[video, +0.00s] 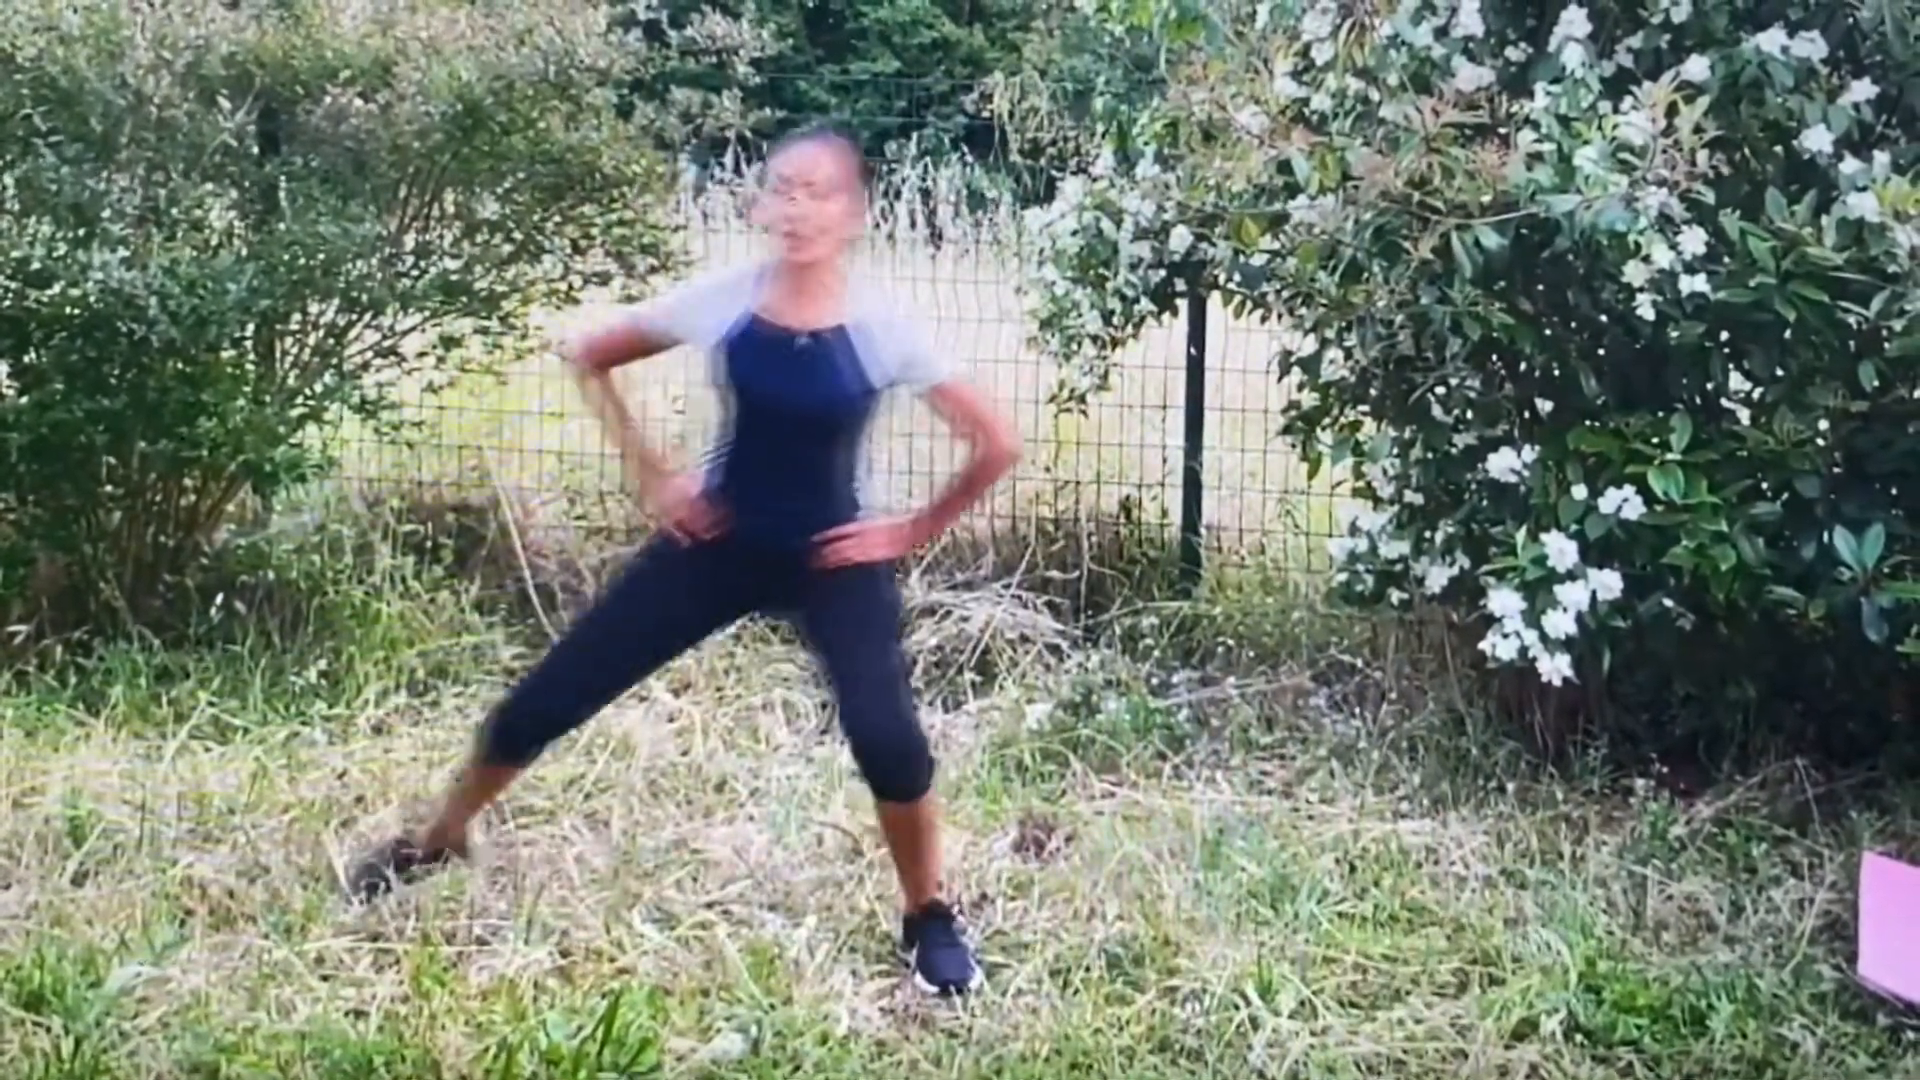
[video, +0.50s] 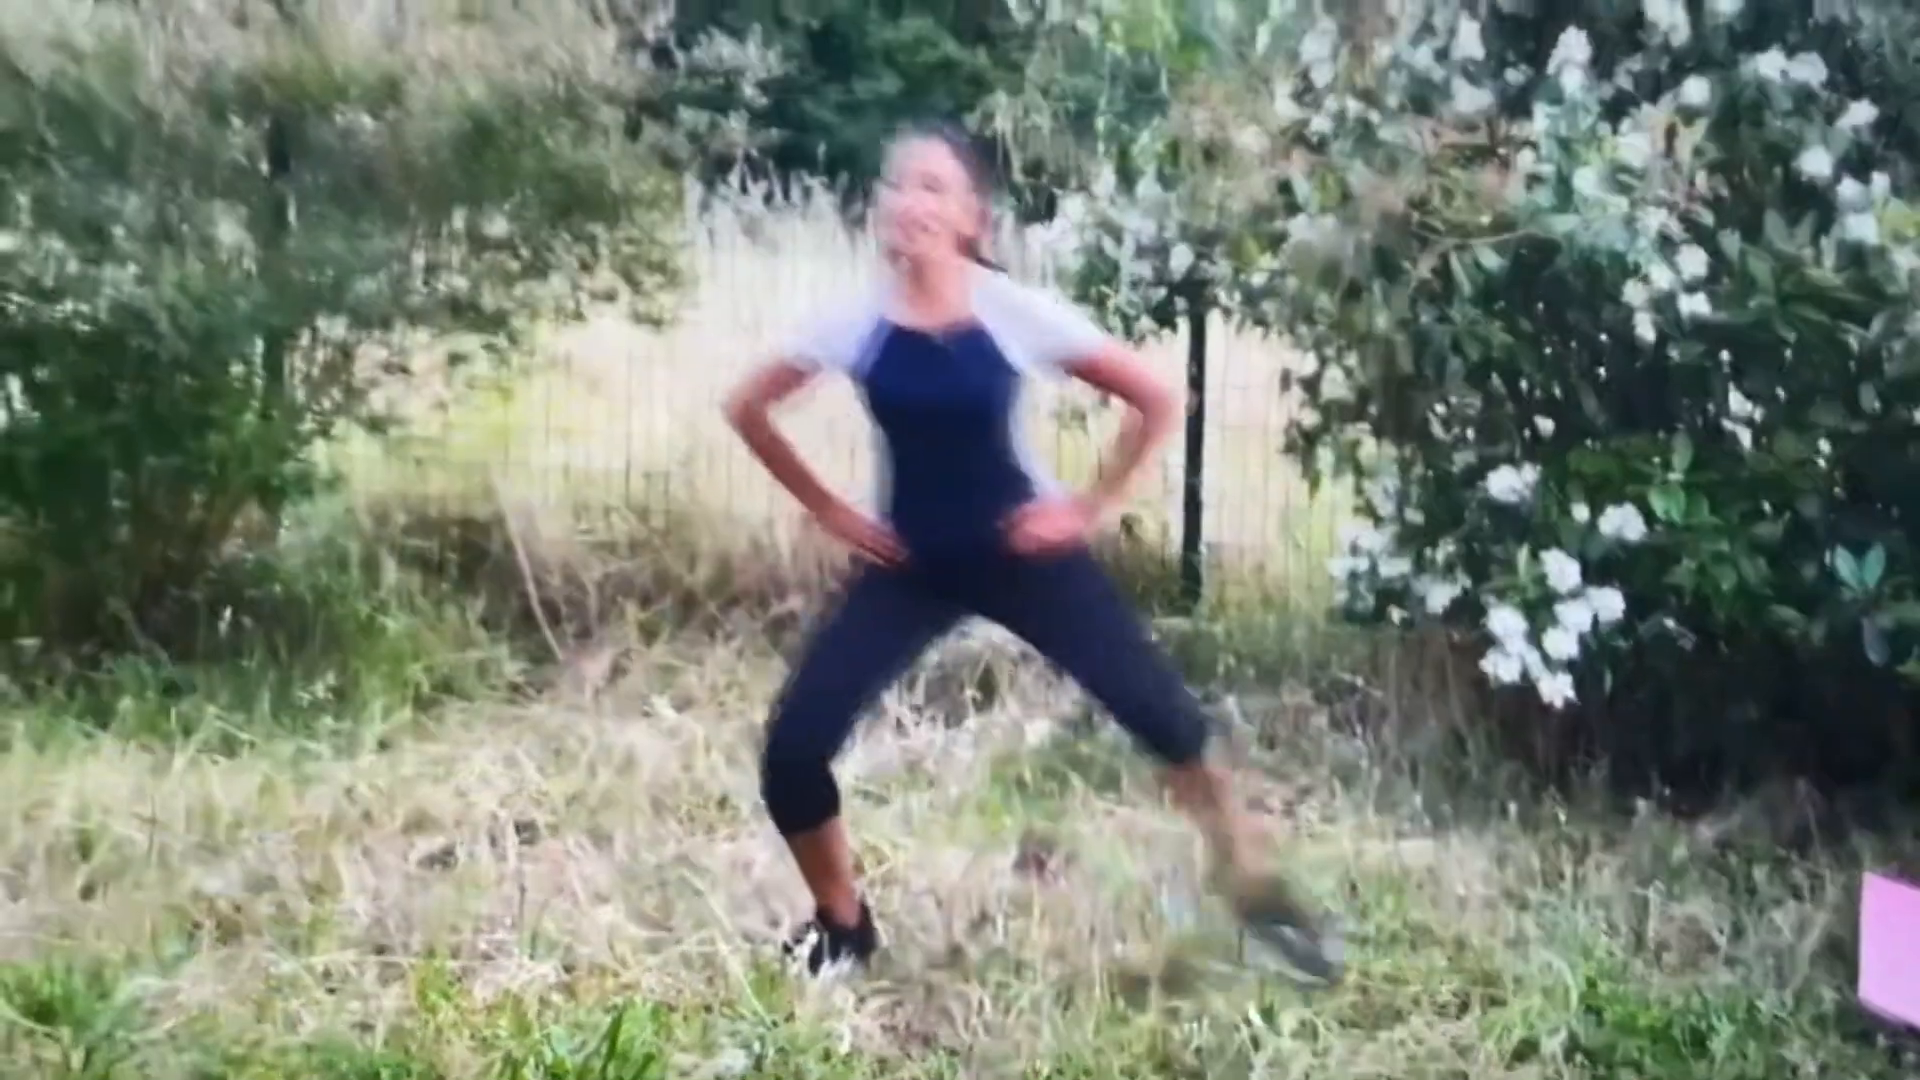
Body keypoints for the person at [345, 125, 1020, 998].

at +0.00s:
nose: (796, 209)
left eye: (819, 193)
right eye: (783, 190)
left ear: (857, 215)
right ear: (762, 206)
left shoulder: (881, 328)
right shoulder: (723, 303)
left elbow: (1000, 444)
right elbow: (586, 355)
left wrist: (913, 531)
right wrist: (654, 474)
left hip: (838, 565)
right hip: (717, 550)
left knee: (893, 746)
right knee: (534, 710)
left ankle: (930, 917)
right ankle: (437, 841)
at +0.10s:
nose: (840, 189)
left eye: (864, 175)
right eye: (828, 171)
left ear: (903, 202)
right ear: (806, 189)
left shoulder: (931, 306)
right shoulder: (768, 284)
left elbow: (1041, 435)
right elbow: (638, 339)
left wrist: (955, 523)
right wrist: (703, 457)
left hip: (883, 548)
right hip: (768, 529)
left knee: (901, 740)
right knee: (586, 689)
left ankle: (926, 914)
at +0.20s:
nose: (861, 180)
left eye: (885, 165)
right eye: (848, 162)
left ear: (924, 191)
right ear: (830, 180)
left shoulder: (953, 296)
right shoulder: (792, 277)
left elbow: (1069, 420)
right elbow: (671, 339)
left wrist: (987, 512)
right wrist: (744, 459)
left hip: (919, 540)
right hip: (804, 526)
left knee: (923, 741)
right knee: (675, 692)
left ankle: (930, 917)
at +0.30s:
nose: (869, 171)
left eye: (892, 158)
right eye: (858, 154)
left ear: (930, 188)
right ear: (838, 174)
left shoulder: (967, 287)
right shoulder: (803, 281)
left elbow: (1093, 396)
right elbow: (689, 355)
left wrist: (1018, 496)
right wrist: (772, 472)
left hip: (952, 534)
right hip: (836, 531)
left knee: (986, 738)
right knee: (757, 732)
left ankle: (950, 909)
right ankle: (840, 911)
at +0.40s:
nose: (884, 177)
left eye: (909, 164)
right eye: (872, 160)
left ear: (946, 196)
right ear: (849, 183)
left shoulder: (984, 290)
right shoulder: (821, 292)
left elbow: (1124, 386)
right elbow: (711, 383)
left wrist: (1057, 490)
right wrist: (801, 490)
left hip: (988, 538)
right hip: (868, 545)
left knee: (1084, 705)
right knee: (779, 743)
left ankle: (1064, 867)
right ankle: (844, 917)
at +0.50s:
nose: (906, 201)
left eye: (931, 187)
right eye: (896, 183)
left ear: (973, 220)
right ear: (875, 204)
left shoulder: (1014, 314)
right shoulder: (856, 321)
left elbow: (1158, 400)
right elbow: (747, 411)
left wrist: (1092, 510)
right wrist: (838, 517)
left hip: (1028, 563)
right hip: (907, 570)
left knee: (1171, 723)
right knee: (791, 756)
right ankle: (843, 929)